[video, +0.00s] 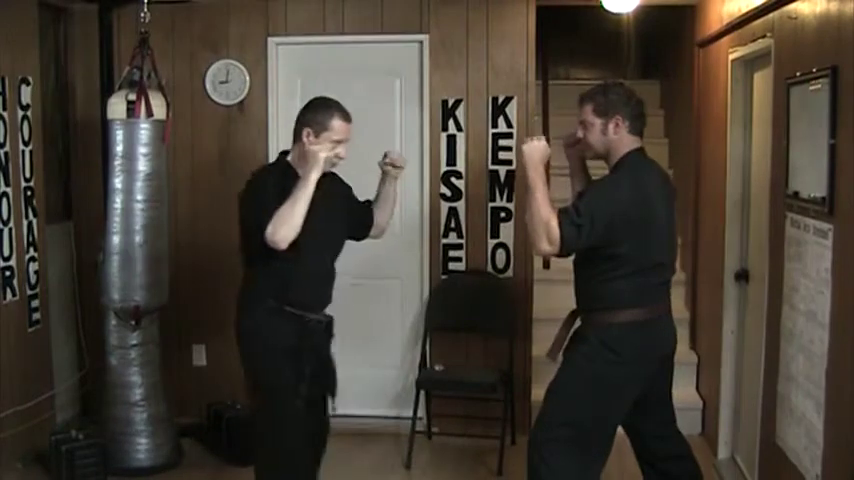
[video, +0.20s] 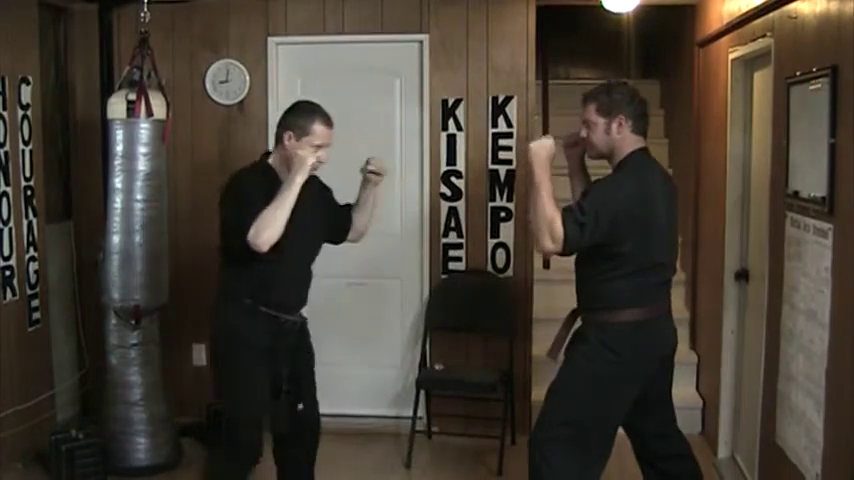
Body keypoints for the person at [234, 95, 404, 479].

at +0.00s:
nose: (343, 153)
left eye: (346, 144)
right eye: (335, 143)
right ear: (306, 138)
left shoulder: (332, 187)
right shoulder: (266, 182)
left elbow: (371, 226)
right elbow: (278, 237)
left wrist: (389, 179)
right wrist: (310, 174)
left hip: (313, 326)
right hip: (269, 326)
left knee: (313, 431)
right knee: (282, 434)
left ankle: (303, 475)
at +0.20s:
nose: (323, 157)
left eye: (326, 149)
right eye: (316, 147)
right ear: (288, 141)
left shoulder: (313, 191)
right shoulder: (246, 183)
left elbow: (350, 230)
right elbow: (260, 239)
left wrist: (368, 187)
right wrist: (296, 178)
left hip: (291, 328)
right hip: (243, 327)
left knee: (301, 433)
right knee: (242, 442)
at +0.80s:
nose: (271, 170)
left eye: (273, 162)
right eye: (267, 160)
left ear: (244, 157)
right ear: (239, 154)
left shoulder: (247, 198)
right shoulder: (194, 196)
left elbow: (282, 251)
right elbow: (231, 251)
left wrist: (303, 208)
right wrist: (257, 187)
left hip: (238, 341)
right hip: (189, 340)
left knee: (278, 428)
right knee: (162, 442)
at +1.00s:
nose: (304, 165)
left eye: (308, 156)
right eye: (301, 154)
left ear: (279, 152)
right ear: (273, 149)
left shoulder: (282, 196)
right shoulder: (231, 192)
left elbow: (318, 241)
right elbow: (267, 247)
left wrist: (341, 201)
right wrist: (290, 182)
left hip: (274, 336)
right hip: (228, 336)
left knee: (297, 430)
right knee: (214, 433)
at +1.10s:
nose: (322, 163)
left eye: (325, 155)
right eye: (318, 153)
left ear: (294, 149)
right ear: (289, 147)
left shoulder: (307, 195)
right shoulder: (247, 190)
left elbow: (342, 237)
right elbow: (278, 244)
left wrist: (364, 199)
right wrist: (303, 178)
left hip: (290, 335)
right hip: (244, 336)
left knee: (302, 438)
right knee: (239, 444)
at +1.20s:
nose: (336, 162)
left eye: (339, 153)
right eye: (330, 152)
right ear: (301, 145)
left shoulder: (324, 194)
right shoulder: (259, 188)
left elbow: (357, 239)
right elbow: (282, 243)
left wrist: (379, 199)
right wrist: (308, 178)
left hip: (306, 335)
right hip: (260, 333)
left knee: (317, 435)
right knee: (273, 441)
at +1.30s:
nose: (345, 163)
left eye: (348, 155)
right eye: (339, 154)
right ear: (310, 148)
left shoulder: (333, 194)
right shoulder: (267, 192)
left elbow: (367, 243)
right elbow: (290, 244)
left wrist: (389, 202)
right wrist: (314, 179)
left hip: (322, 335)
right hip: (276, 335)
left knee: (347, 425)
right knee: (299, 434)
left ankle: (319, 479)